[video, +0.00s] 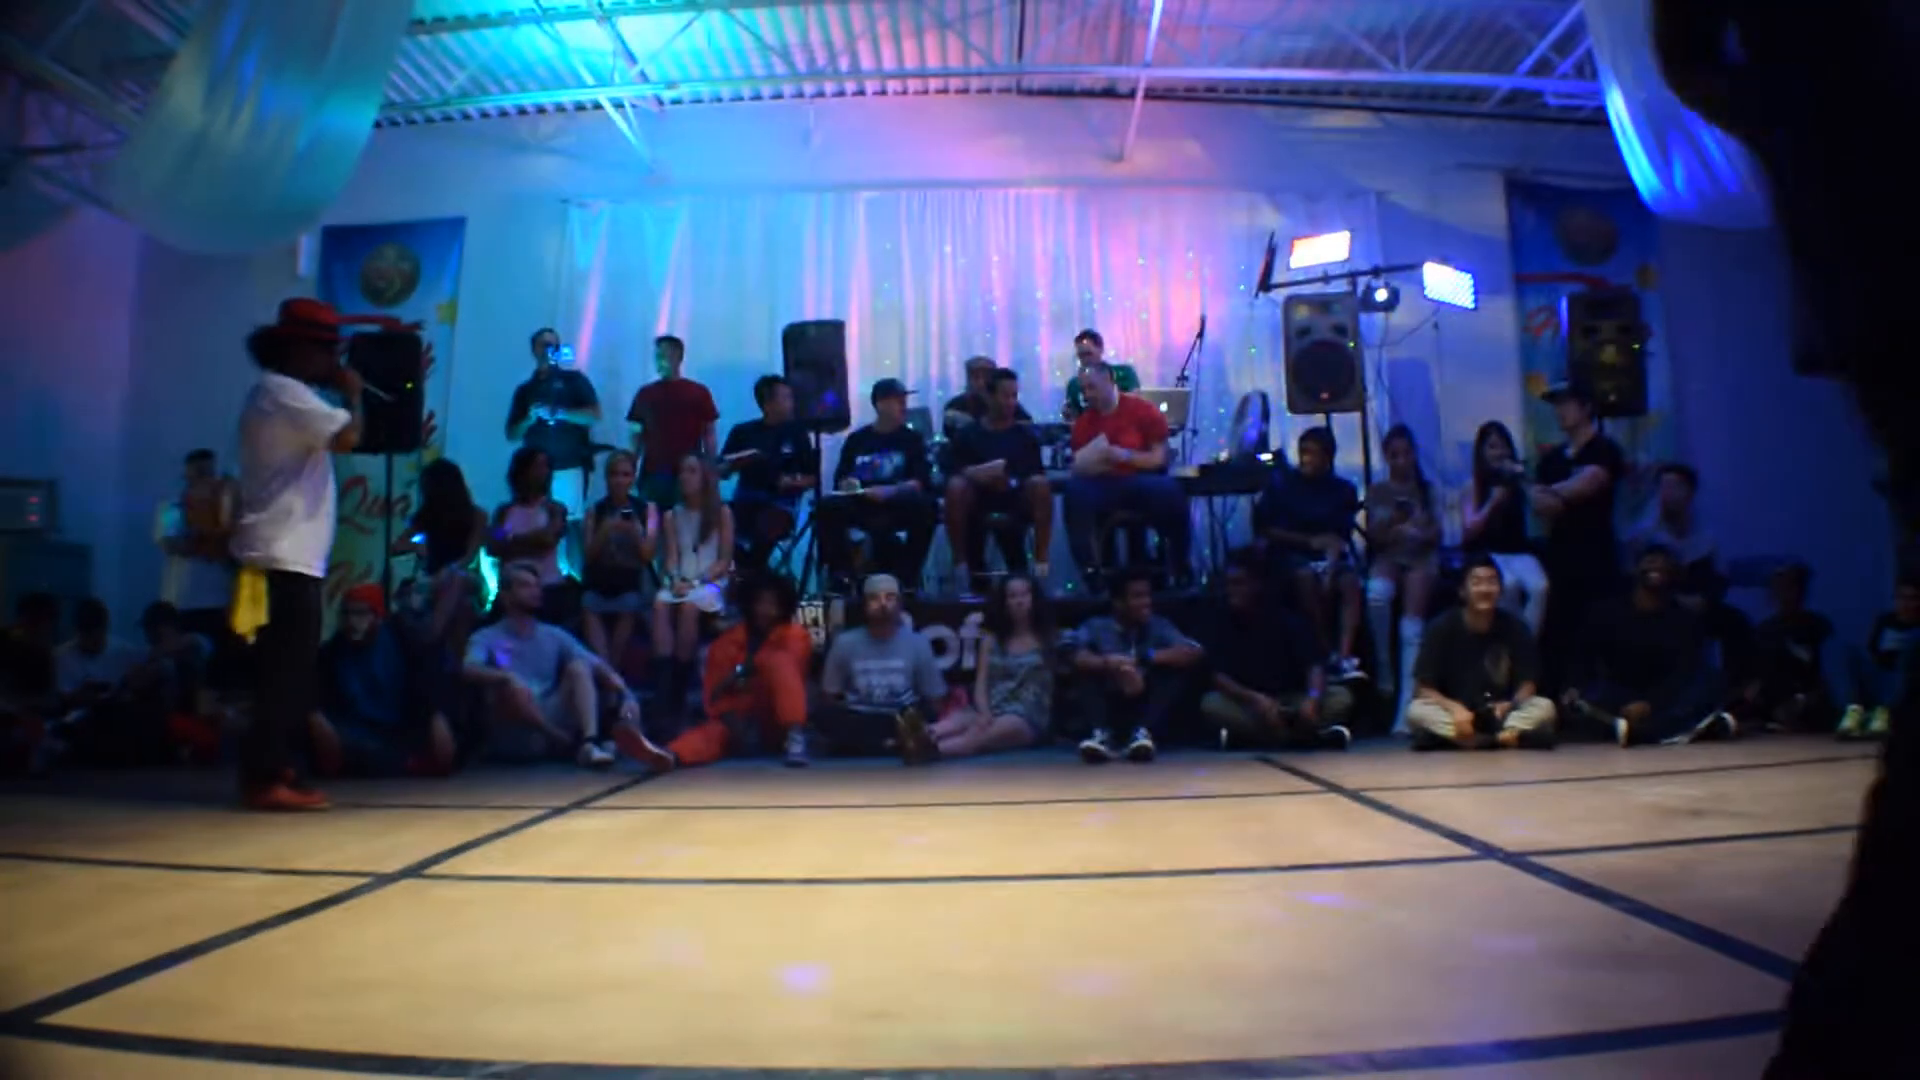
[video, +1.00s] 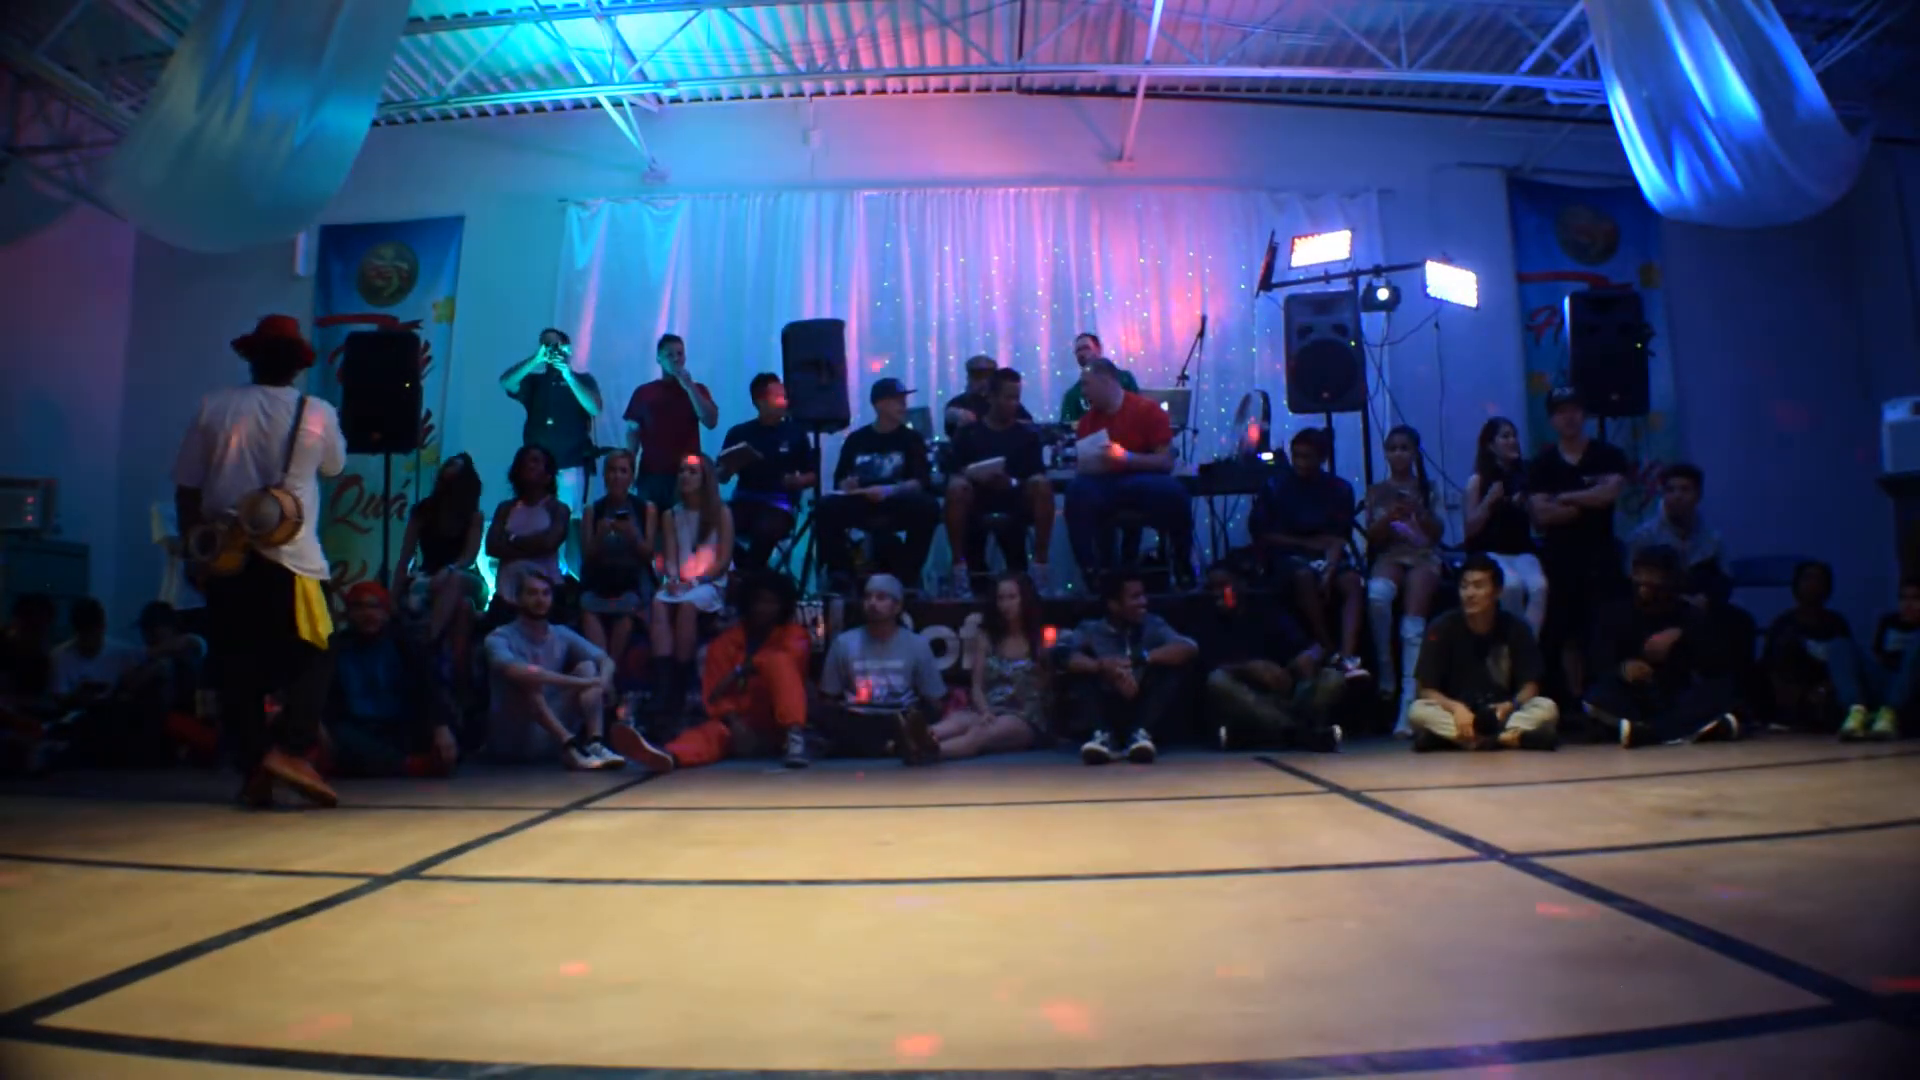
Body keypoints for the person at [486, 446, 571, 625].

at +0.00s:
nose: (542, 473)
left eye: (545, 466)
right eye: (535, 467)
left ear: (549, 471)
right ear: (521, 472)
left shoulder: (555, 509)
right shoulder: (504, 511)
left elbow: (549, 540)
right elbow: (493, 547)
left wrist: (508, 543)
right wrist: (536, 544)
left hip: (549, 586)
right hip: (513, 590)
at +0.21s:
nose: (543, 474)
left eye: (546, 467)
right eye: (537, 467)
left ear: (551, 472)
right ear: (524, 472)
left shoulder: (558, 510)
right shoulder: (508, 512)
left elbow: (552, 541)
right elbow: (499, 547)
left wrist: (513, 547)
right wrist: (541, 543)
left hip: (550, 586)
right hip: (516, 589)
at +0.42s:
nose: (539, 471)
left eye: (545, 465)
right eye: (533, 465)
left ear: (551, 471)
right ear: (521, 470)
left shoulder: (558, 509)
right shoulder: (505, 509)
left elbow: (551, 542)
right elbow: (493, 547)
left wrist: (508, 545)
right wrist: (538, 546)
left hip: (548, 588)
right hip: (511, 591)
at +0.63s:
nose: (537, 469)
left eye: (543, 463)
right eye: (531, 464)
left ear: (550, 470)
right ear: (520, 470)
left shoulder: (558, 509)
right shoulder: (505, 508)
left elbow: (551, 542)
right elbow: (492, 547)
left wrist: (509, 544)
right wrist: (536, 547)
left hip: (547, 588)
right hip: (509, 591)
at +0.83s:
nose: (532, 468)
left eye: (538, 463)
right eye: (527, 463)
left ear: (549, 472)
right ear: (518, 471)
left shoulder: (558, 509)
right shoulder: (505, 508)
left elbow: (550, 543)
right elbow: (492, 547)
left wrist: (510, 544)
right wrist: (536, 547)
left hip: (548, 590)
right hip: (509, 592)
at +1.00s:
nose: (530, 466)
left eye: (536, 461)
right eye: (525, 461)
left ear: (548, 473)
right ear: (518, 470)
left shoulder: (558, 509)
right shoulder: (505, 508)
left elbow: (550, 543)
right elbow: (492, 547)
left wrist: (512, 541)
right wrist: (535, 549)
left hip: (545, 591)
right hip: (508, 590)